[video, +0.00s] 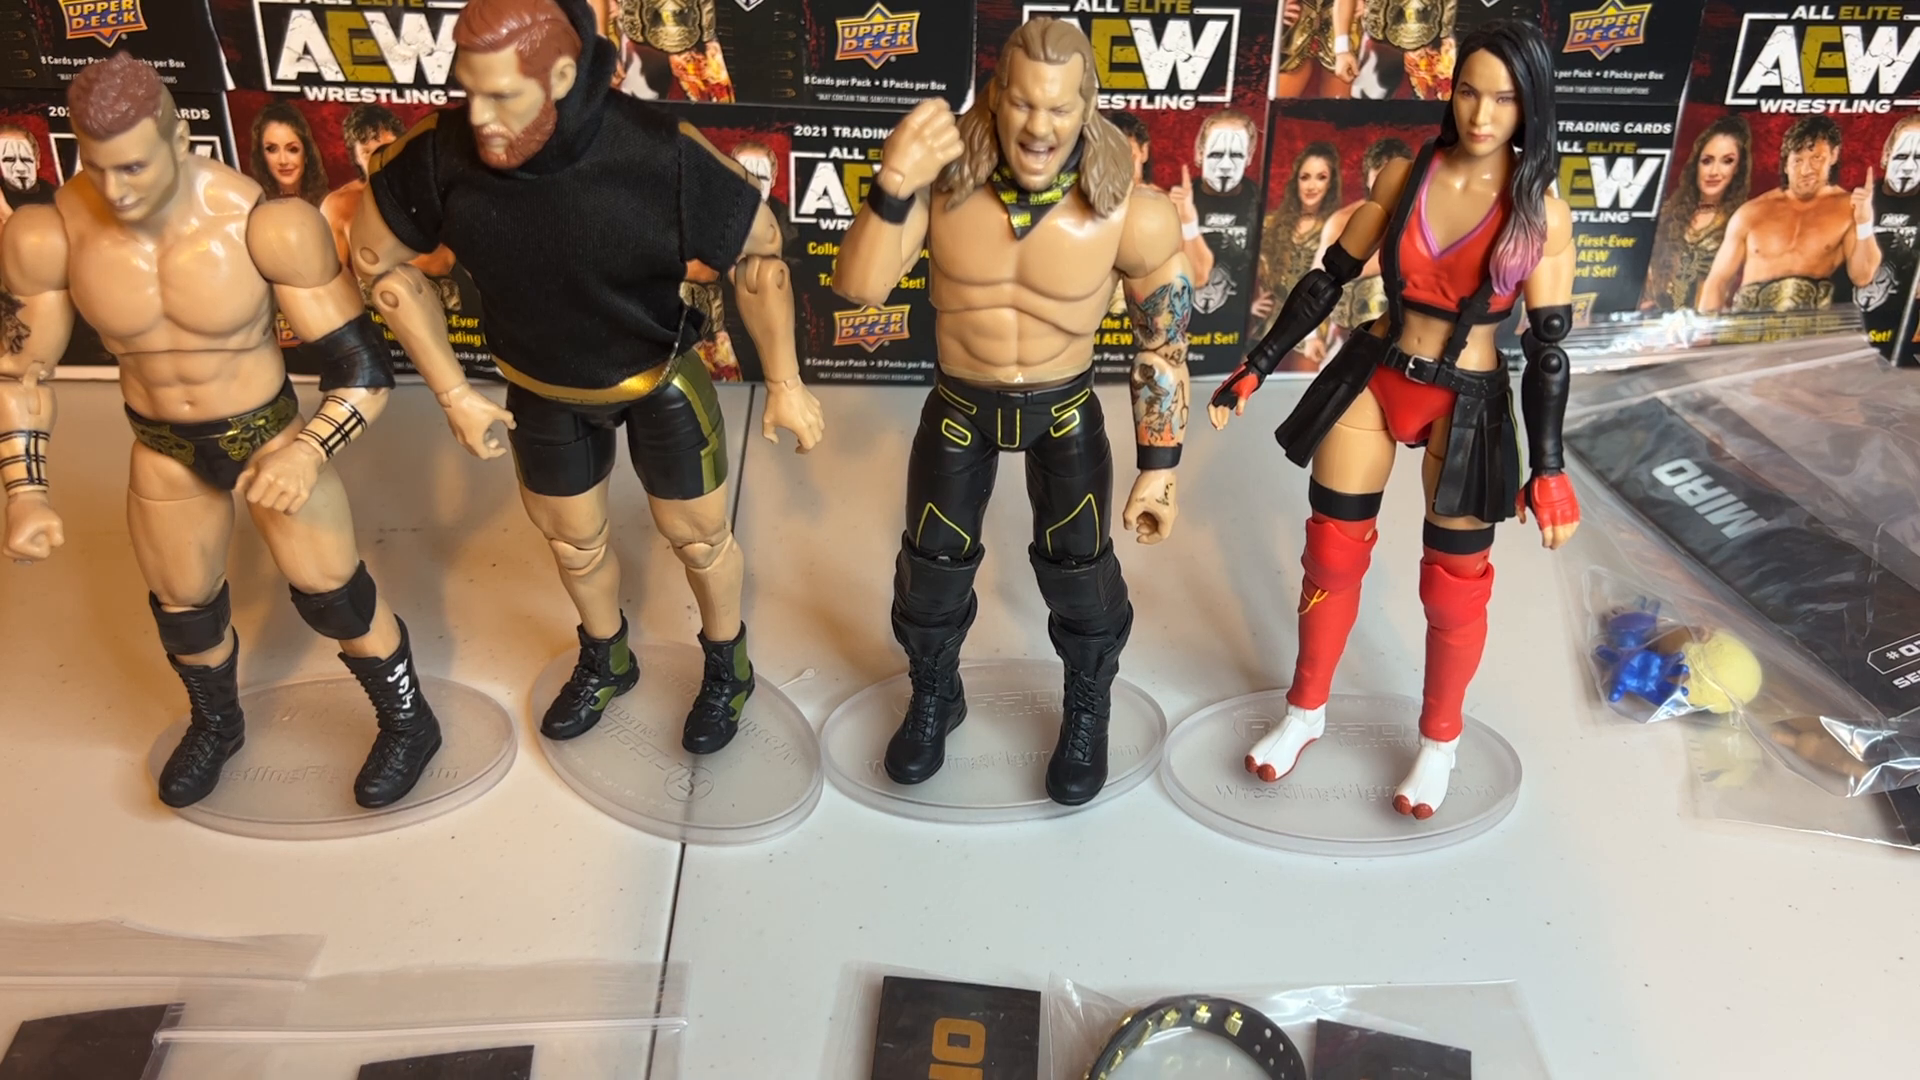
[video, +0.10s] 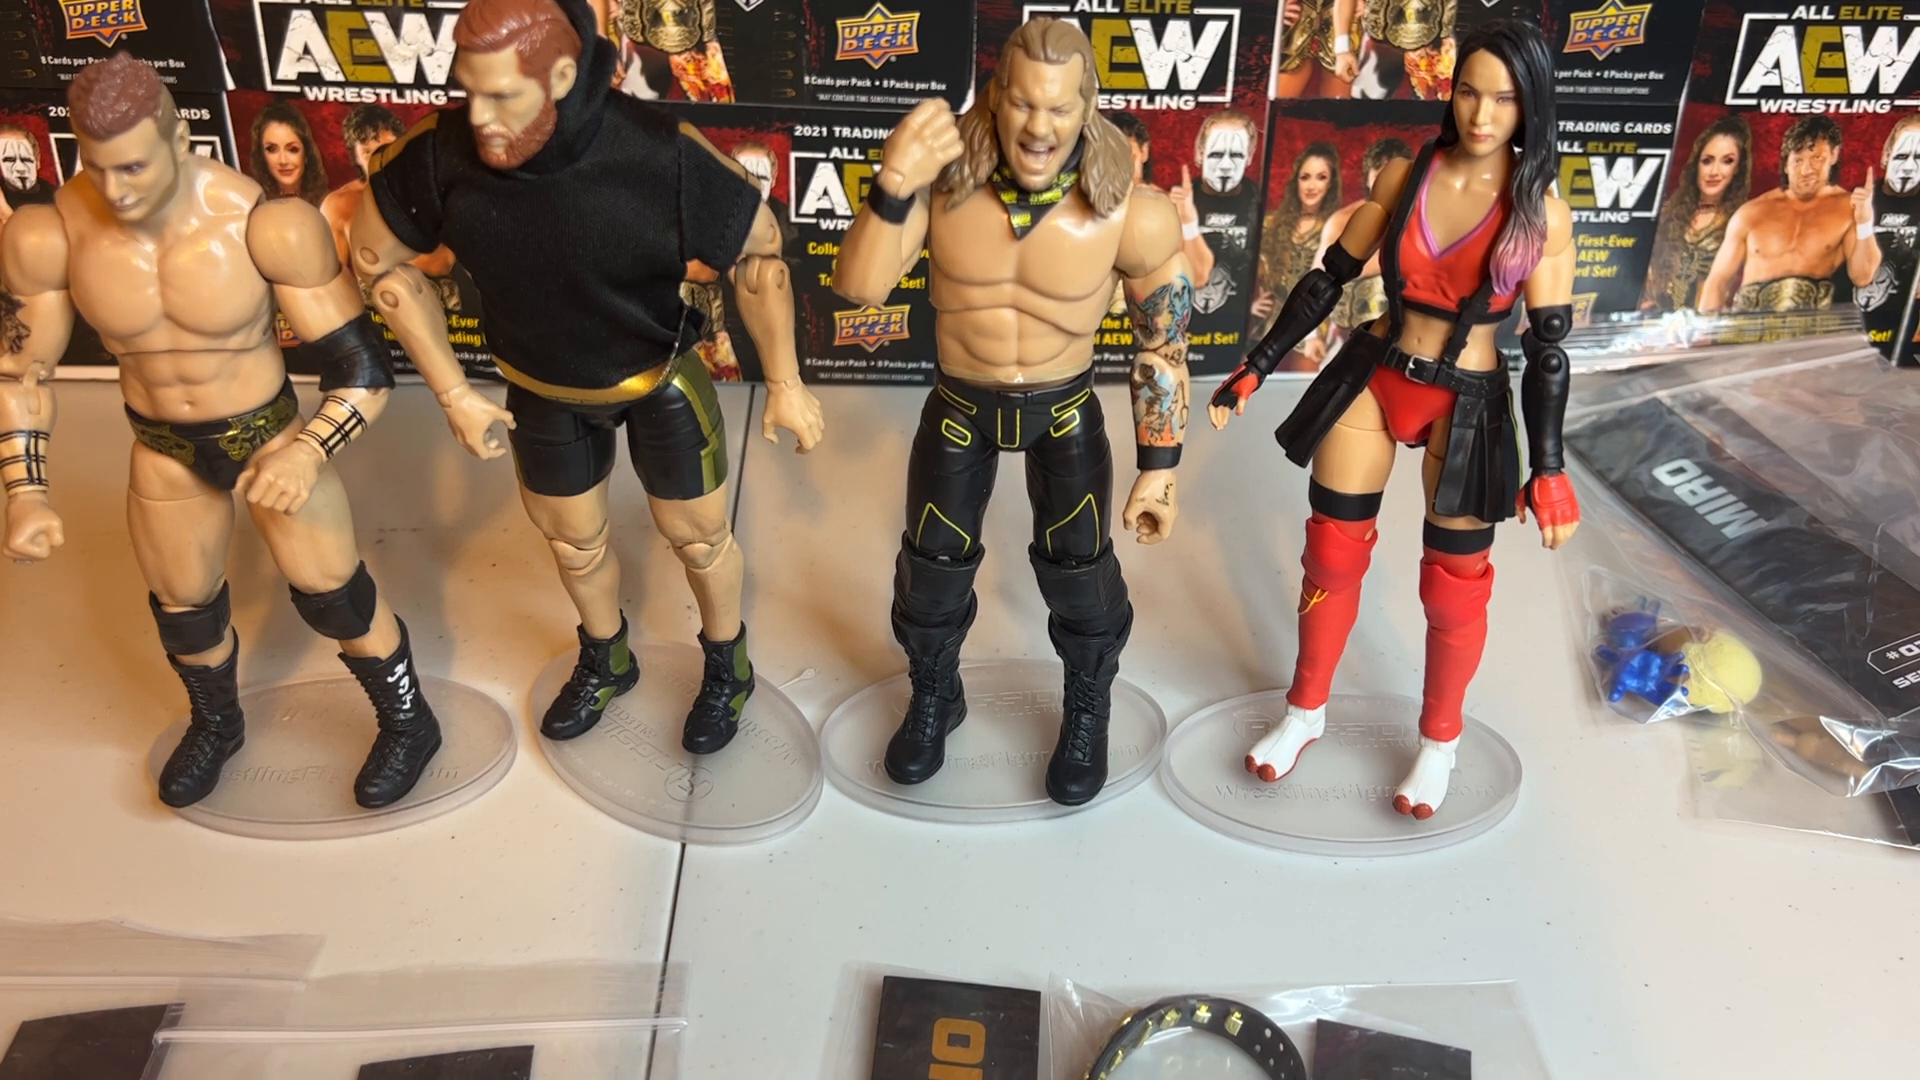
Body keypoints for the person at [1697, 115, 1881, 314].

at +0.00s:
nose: (1806, 169)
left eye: (1816, 158)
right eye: (1797, 160)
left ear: (1834, 156)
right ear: (1785, 163)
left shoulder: (1848, 207)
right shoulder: (1750, 213)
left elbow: (1862, 277)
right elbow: (1718, 281)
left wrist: (1864, 223)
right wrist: (1703, 336)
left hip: (1810, 316)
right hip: (1748, 314)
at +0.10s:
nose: (1806, 169)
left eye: (1817, 158)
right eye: (1797, 160)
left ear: (1834, 156)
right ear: (1785, 163)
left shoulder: (1848, 207)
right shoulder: (1750, 213)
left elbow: (1862, 278)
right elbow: (1718, 281)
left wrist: (1864, 223)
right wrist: (1703, 336)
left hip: (1809, 316)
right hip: (1748, 313)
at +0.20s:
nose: (1806, 169)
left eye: (1816, 158)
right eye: (1797, 160)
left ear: (1834, 156)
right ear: (1785, 162)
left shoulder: (1848, 207)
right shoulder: (1750, 212)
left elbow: (1862, 277)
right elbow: (1718, 281)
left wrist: (1864, 223)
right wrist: (1704, 336)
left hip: (1809, 315)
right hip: (1748, 313)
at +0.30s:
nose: (1806, 170)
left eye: (1817, 158)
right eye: (1797, 160)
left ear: (1834, 156)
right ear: (1785, 163)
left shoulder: (1848, 207)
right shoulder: (1751, 212)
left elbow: (1862, 277)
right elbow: (1718, 282)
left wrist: (1864, 223)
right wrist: (1704, 337)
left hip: (1810, 316)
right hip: (1748, 314)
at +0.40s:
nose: (1806, 169)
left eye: (1816, 158)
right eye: (1797, 160)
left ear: (1834, 156)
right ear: (1785, 162)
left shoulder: (1848, 207)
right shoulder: (1750, 212)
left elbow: (1862, 277)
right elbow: (1718, 282)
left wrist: (1864, 223)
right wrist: (1704, 336)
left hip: (1809, 315)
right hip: (1748, 313)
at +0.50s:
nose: (1806, 170)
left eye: (1817, 158)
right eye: (1797, 160)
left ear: (1834, 156)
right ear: (1785, 163)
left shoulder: (1848, 207)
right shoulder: (1750, 213)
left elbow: (1862, 277)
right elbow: (1718, 282)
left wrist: (1864, 224)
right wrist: (1704, 336)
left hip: (1810, 316)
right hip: (1749, 314)